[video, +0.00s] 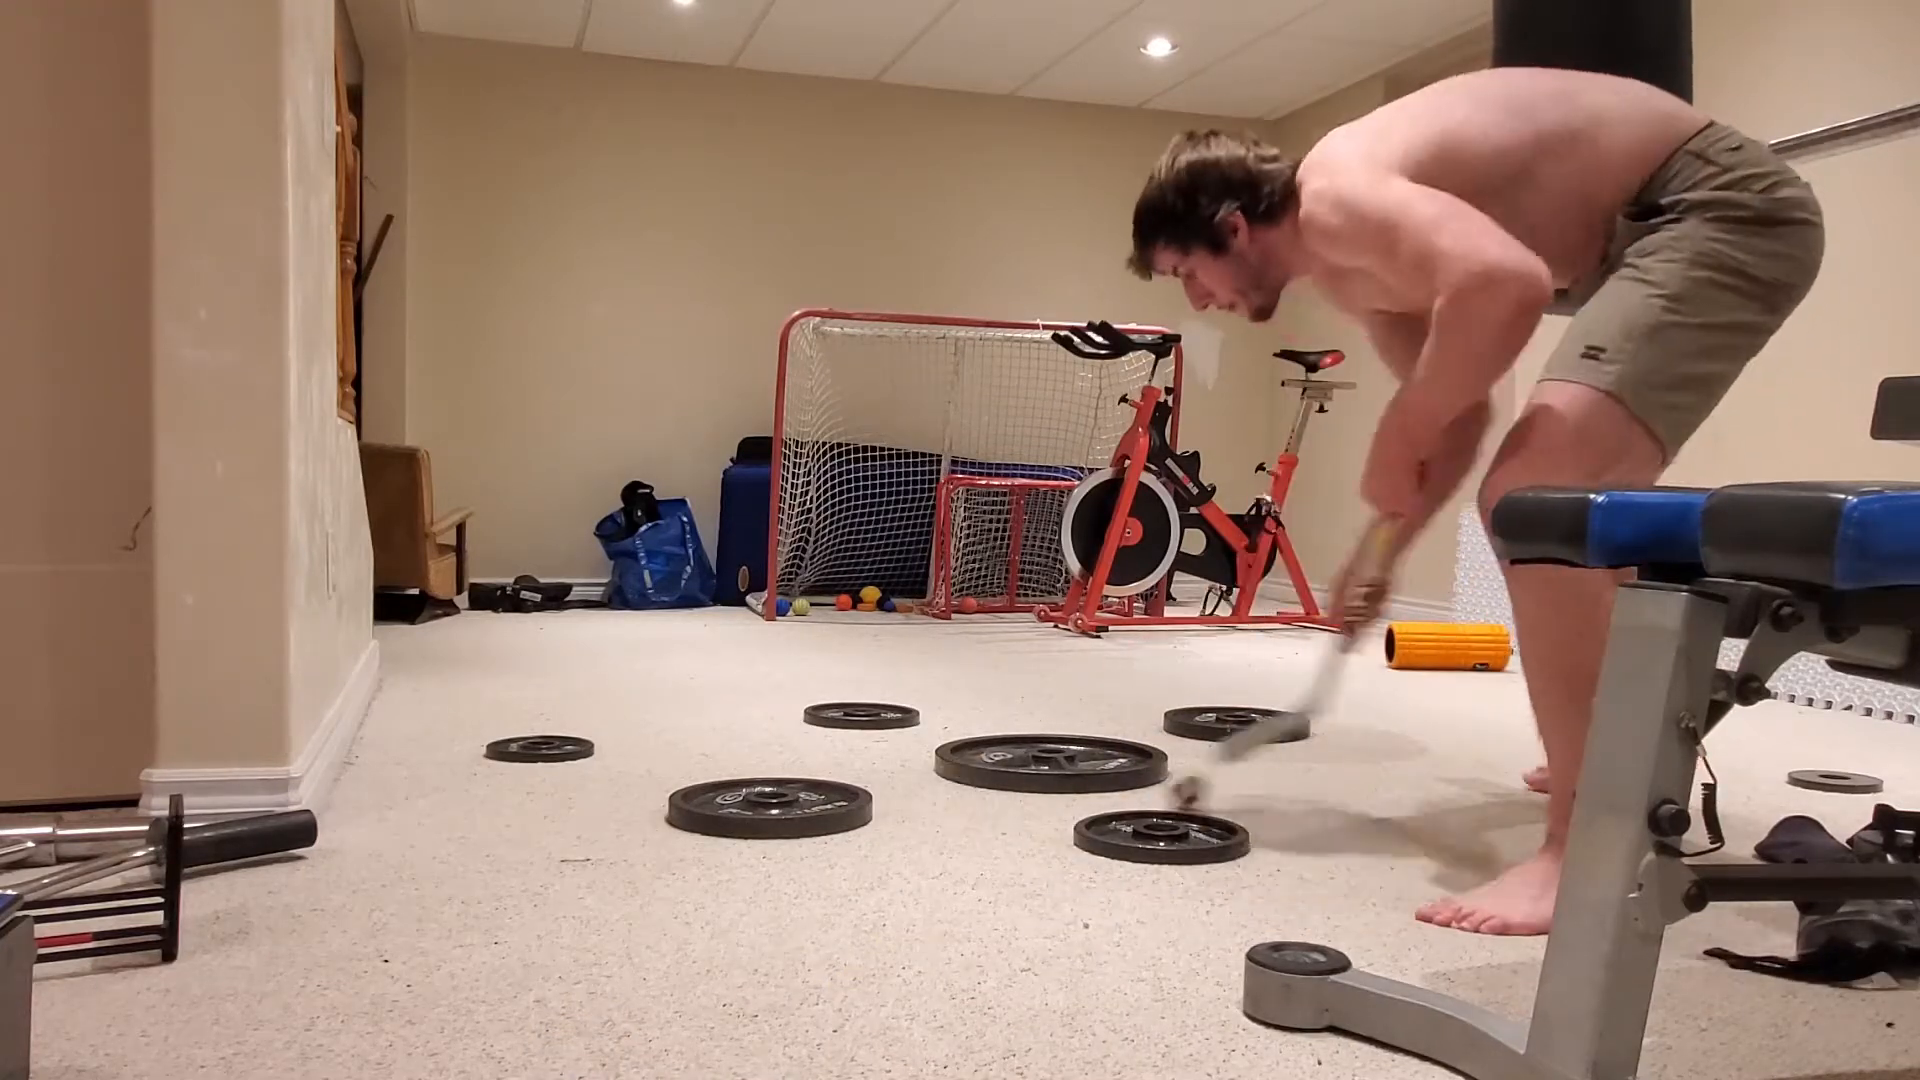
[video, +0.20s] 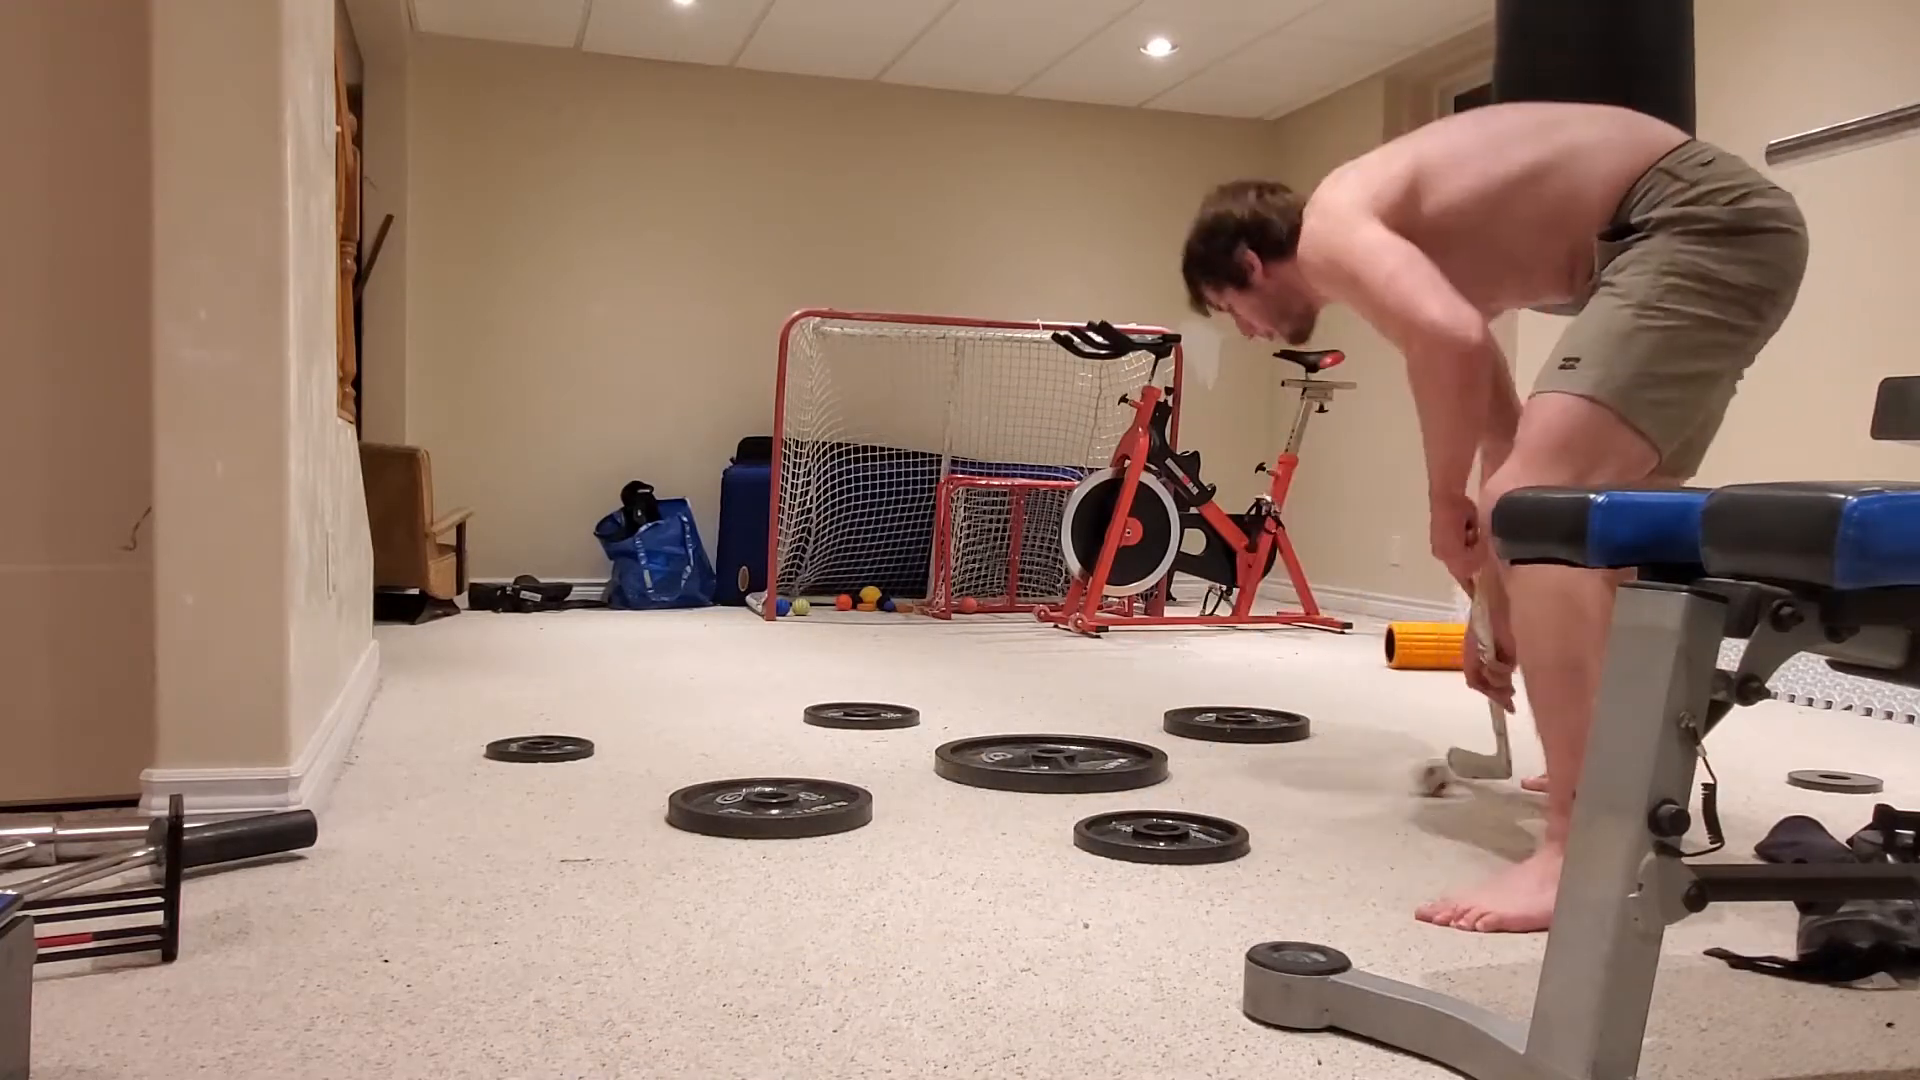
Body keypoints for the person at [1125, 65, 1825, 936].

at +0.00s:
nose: (1201, 303)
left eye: (1189, 278)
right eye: (1184, 290)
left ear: (1228, 226)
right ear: (1237, 228)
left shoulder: (1335, 202)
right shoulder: (1351, 269)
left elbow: (1505, 283)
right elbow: (1458, 411)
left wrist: (1407, 431)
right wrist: (1380, 549)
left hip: (1719, 207)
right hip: (1658, 231)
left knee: (1540, 492)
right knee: (1529, 491)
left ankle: (1579, 849)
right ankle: (1607, 748)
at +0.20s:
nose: (1251, 333)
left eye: (1233, 312)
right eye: (1232, 323)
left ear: (1249, 264)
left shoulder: (1331, 228)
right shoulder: (1385, 246)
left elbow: (1458, 339)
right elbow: (1504, 428)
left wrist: (1448, 499)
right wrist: (1491, 608)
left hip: (1699, 221)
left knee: (1533, 504)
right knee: (1540, 502)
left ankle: (1576, 851)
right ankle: (1599, 766)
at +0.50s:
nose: (1306, 367)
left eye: (1287, 348)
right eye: (1288, 359)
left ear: (1304, 301)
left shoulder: (1352, 249)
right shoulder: (1461, 321)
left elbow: (1436, 307)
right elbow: (1509, 473)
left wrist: (1444, 495)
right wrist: (1429, 608)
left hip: (1688, 230)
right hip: (1732, 243)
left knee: (1517, 491)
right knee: (1602, 512)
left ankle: (1482, 817)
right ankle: (1647, 762)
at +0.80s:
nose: (1208, 338)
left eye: (1193, 316)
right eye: (1190, 328)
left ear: (1221, 266)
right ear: (1232, 270)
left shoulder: (1297, 212)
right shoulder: (1350, 310)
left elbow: (1410, 224)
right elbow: (1421, 452)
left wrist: (1373, 433)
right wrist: (1328, 575)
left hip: (1640, 233)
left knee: (1457, 494)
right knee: (1542, 518)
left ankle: (1460, 832)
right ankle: (1653, 743)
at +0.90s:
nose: (1159, 340)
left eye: (1147, 316)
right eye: (1143, 326)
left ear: (1182, 266)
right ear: (1191, 272)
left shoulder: (1279, 199)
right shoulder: (1301, 337)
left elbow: (1395, 257)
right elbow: (1323, 500)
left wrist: (1317, 449)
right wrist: (1222, 600)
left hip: (1614, 233)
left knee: (1427, 501)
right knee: (1523, 541)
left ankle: (1460, 834)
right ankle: (1648, 742)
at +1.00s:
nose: (1125, 324)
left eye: (1113, 300)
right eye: (1108, 313)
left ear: (1146, 250)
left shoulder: (1252, 197)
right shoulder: (1258, 339)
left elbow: (1373, 293)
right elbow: (1261, 499)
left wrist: (1272, 484)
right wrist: (1159, 608)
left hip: (1585, 249)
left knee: (1379, 514)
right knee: (1464, 544)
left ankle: (1459, 834)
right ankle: (1637, 736)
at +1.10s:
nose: (1092, 309)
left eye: (1079, 283)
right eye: (1075, 293)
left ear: (1117, 240)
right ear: (1124, 243)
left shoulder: (1228, 203)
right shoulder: (1220, 327)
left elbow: (1342, 332)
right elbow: (1227, 488)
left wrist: (1232, 504)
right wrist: (1117, 597)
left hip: (1551, 256)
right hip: (1502, 282)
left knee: (1350, 519)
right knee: (1398, 524)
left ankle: (1456, 836)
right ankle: (1559, 693)